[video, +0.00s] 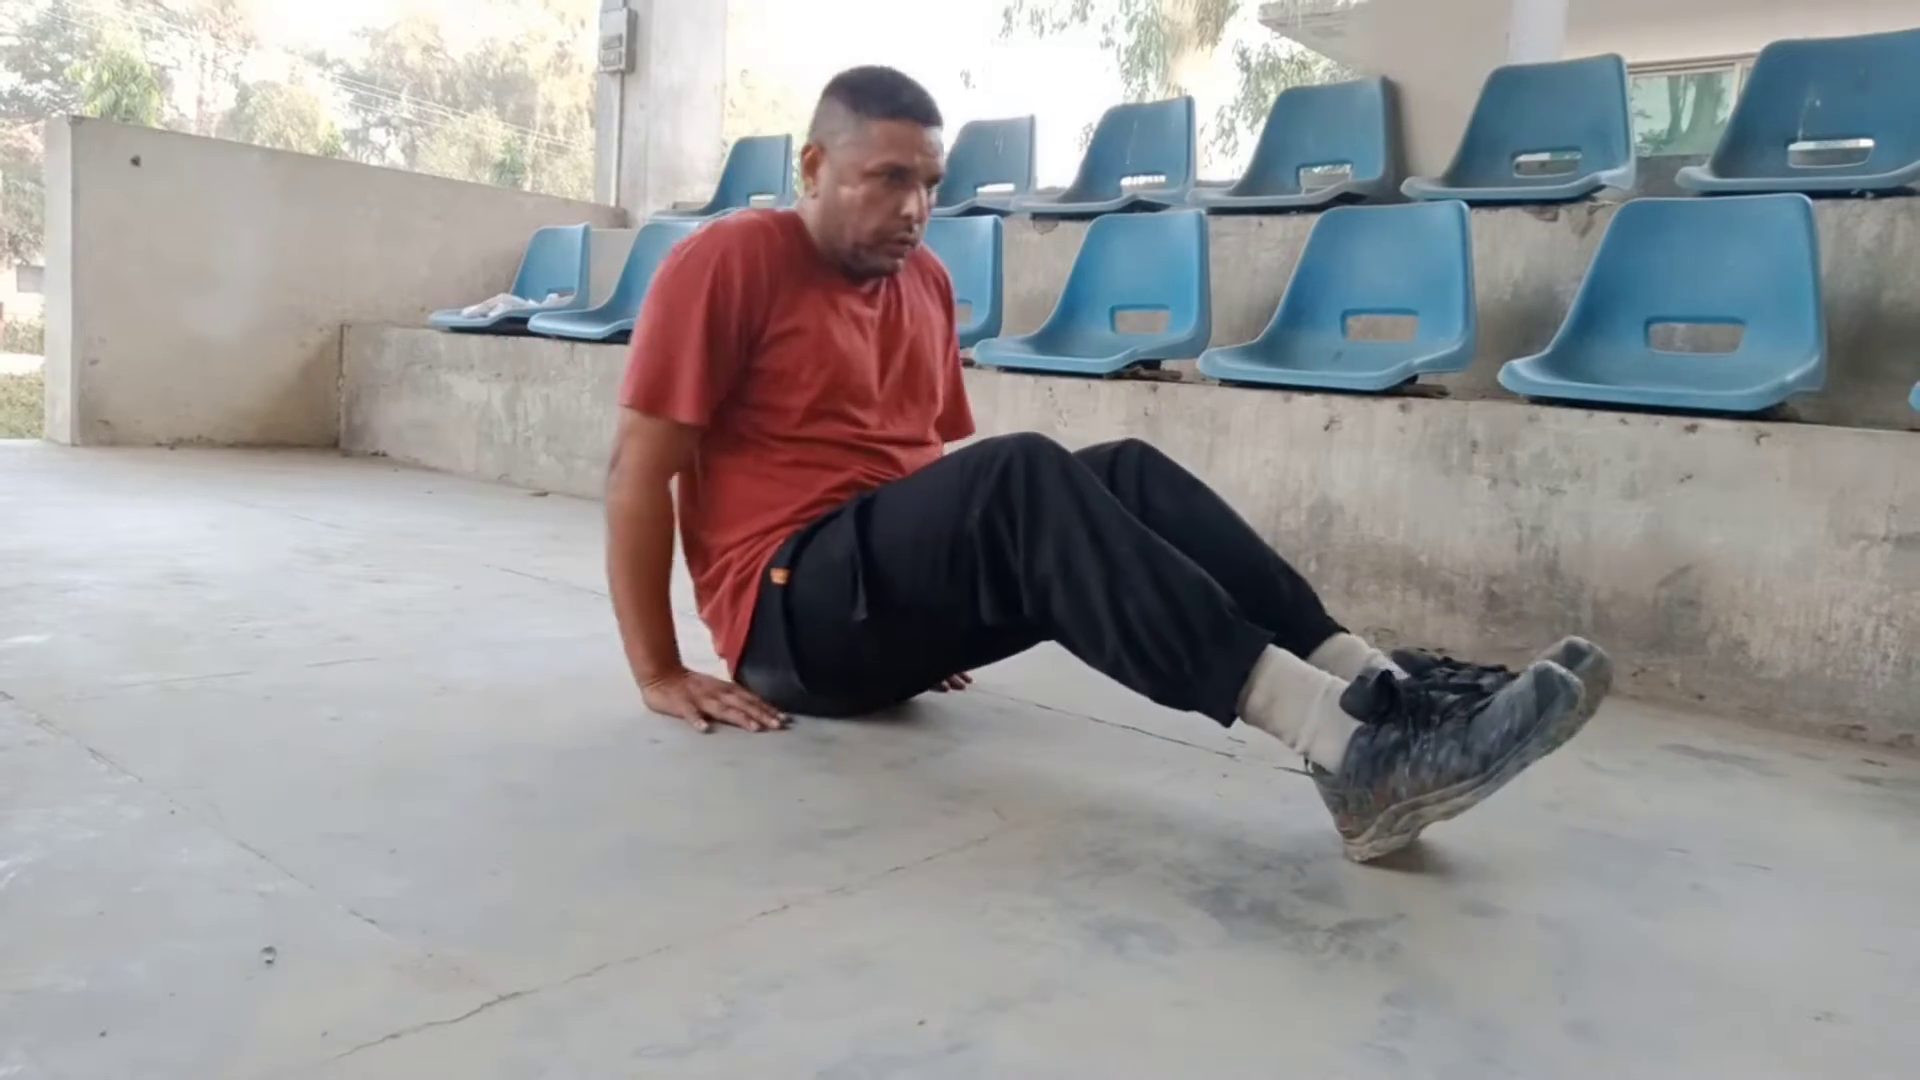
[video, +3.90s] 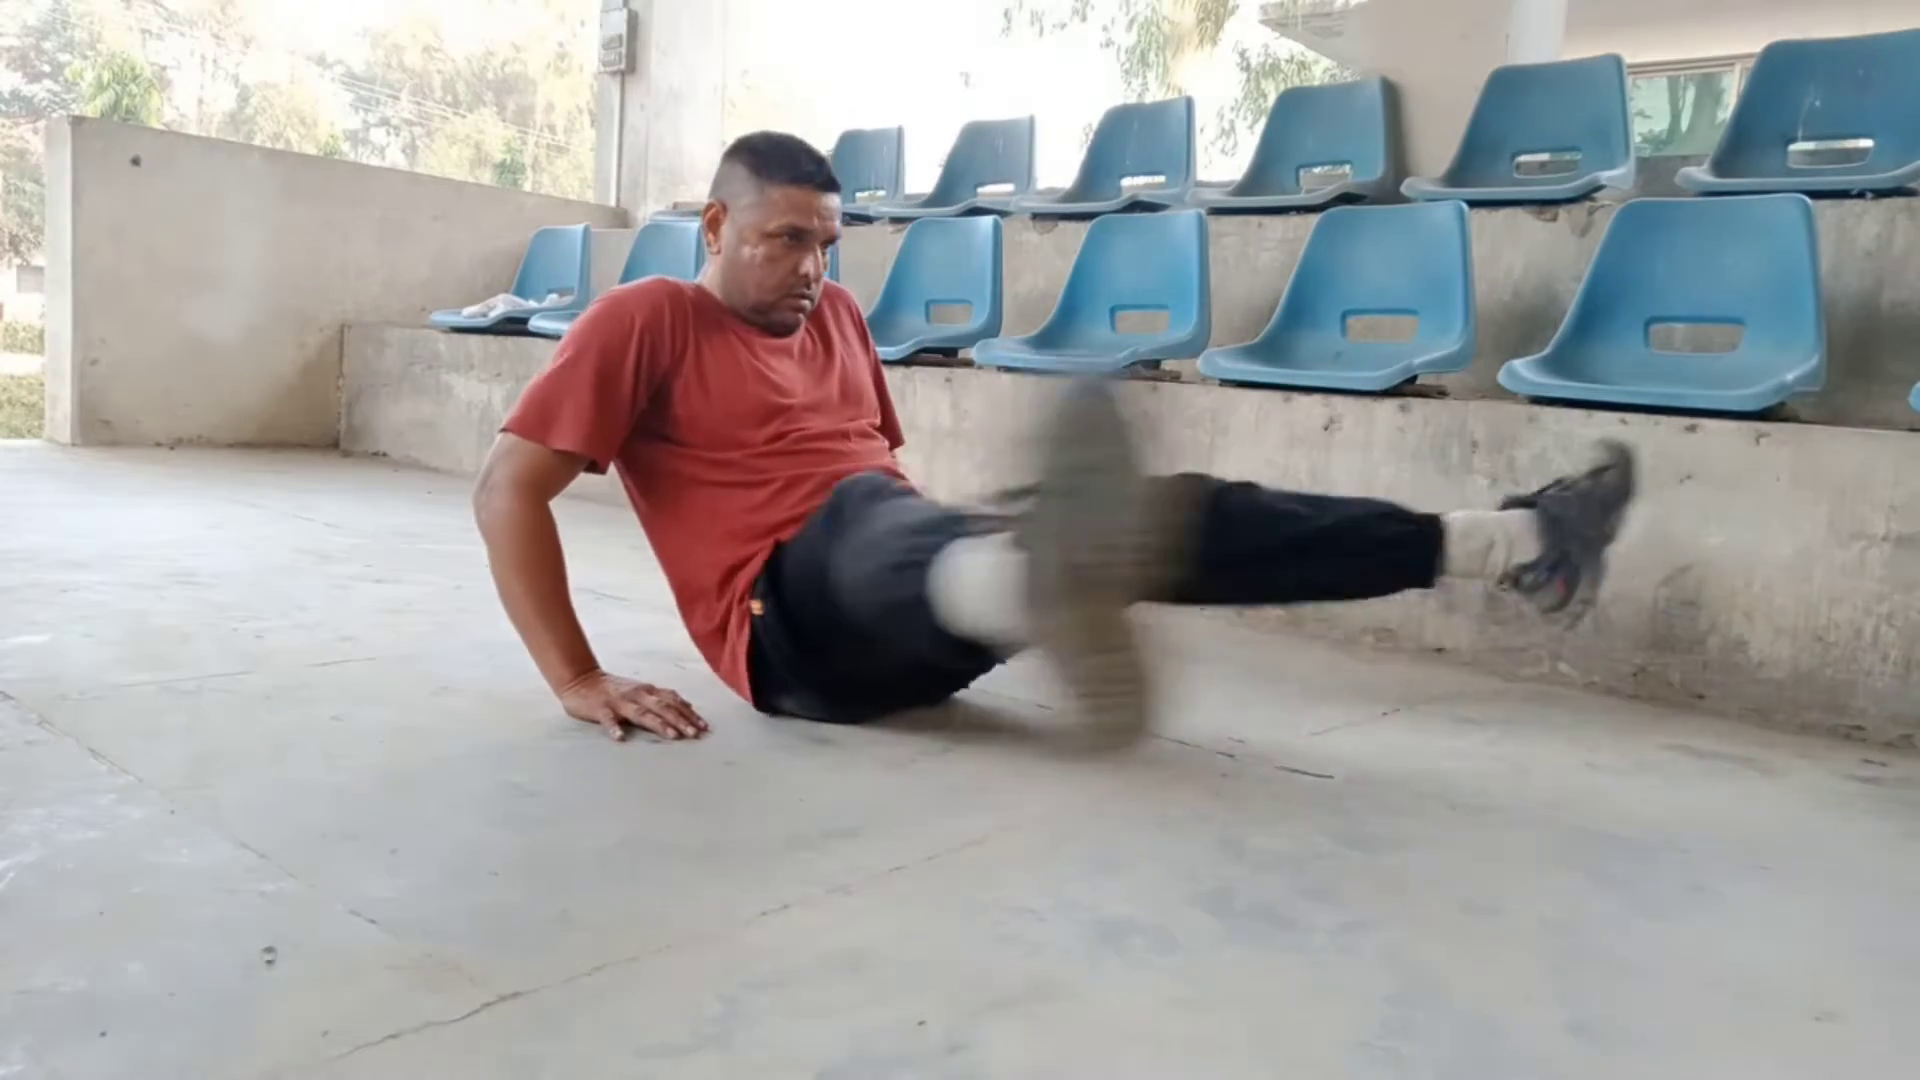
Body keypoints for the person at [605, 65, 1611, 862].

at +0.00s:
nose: (910, 208)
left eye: (923, 185)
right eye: (887, 180)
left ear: (929, 183)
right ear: (810, 167)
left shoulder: (923, 283)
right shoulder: (723, 262)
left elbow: (948, 456)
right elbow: (641, 464)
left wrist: (938, 633)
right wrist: (657, 674)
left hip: (906, 591)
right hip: (792, 612)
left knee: (1131, 473)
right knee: (1025, 475)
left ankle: (1390, 698)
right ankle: (1344, 752)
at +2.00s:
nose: (959, 226)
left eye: (973, 203)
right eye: (938, 198)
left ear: (973, 203)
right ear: (858, 187)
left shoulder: (946, 302)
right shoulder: (764, 286)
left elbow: (923, 463)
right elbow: (618, 461)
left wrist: (951, 607)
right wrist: (656, 674)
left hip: (936, 601)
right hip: (845, 618)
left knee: (1180, 456)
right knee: (1100, 472)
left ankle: (1452, 712)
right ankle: (1411, 764)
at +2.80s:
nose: (875, 233)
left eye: (886, 211)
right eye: (849, 207)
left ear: (885, 210)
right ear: (774, 200)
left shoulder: (884, 301)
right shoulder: (687, 301)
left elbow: (901, 457)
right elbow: (550, 478)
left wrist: (945, 587)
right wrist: (581, 683)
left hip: (914, 611)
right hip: (822, 622)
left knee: (1125, 402)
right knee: (1051, 413)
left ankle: (1349, 664)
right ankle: (1320, 679)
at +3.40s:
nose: (808, 247)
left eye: (818, 224)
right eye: (779, 225)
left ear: (824, 221)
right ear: (706, 221)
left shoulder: (828, 315)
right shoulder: (643, 321)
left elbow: (864, 462)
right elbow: (507, 491)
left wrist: (913, 553)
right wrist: (576, 683)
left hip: (906, 570)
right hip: (823, 612)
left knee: (1145, 486)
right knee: (1108, 494)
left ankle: (1486, 639)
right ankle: (1476, 631)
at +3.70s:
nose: (796, 252)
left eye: (808, 229)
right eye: (768, 229)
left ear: (818, 230)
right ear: (698, 228)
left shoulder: (820, 316)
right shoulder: (635, 324)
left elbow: (854, 457)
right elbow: (504, 493)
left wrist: (900, 550)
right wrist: (575, 681)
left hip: (903, 571)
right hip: (800, 613)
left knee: (1172, 490)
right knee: (1037, 509)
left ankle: (1504, 589)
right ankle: (1420, 637)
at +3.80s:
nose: (801, 258)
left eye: (813, 236)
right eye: (776, 234)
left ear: (821, 235)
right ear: (706, 226)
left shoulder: (829, 318)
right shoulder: (639, 323)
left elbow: (863, 465)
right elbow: (506, 494)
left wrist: (905, 577)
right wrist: (576, 682)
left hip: (912, 581)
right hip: (790, 626)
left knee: (1179, 493)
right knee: (950, 493)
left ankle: (1544, 553)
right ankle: (1264, 603)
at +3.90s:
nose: (811, 264)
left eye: (823, 240)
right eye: (787, 237)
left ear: (830, 234)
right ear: (715, 223)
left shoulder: (837, 320)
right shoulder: (644, 323)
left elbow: (872, 472)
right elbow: (507, 494)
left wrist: (943, 548)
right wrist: (575, 682)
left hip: (908, 572)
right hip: (787, 609)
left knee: (1170, 518)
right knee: (885, 526)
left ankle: (1517, 548)